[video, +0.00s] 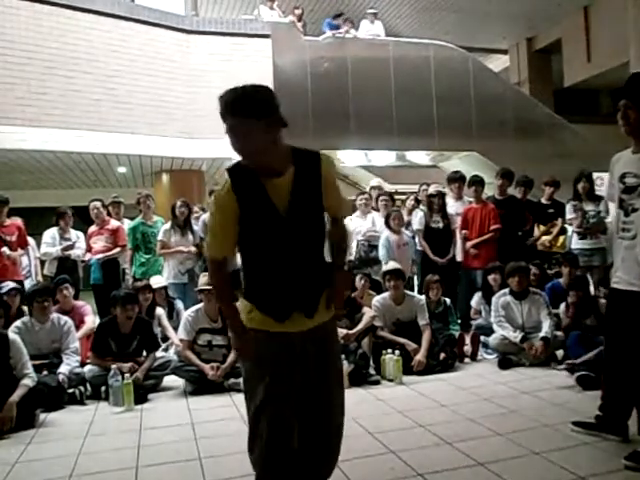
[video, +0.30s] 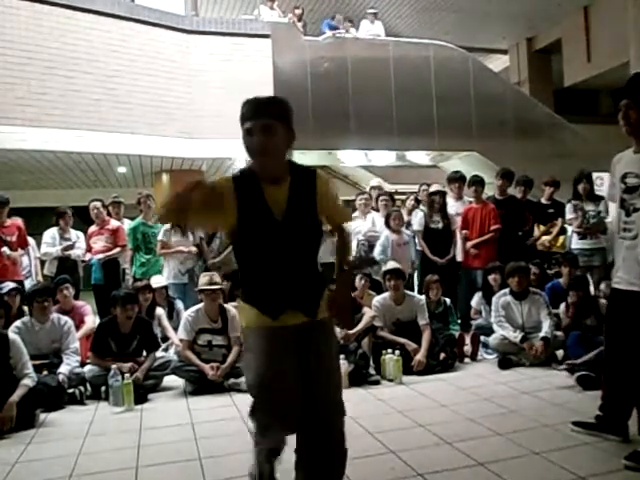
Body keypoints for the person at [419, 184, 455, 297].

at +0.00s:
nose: (437, 201)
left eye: (440, 197)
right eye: (433, 197)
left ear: (443, 200)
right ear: (429, 199)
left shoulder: (448, 217)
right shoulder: (423, 216)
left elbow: (453, 236)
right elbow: (420, 238)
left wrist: (450, 254)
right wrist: (433, 256)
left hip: (447, 259)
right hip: (429, 258)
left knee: (447, 291)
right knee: (428, 290)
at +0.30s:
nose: (438, 199)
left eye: (441, 196)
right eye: (434, 196)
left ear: (444, 199)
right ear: (430, 198)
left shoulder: (448, 217)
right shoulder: (423, 216)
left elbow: (453, 236)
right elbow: (419, 238)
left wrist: (451, 254)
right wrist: (432, 256)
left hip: (447, 259)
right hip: (429, 259)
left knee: (447, 291)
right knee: (428, 291)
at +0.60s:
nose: (435, 201)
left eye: (438, 197)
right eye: (432, 197)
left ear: (442, 200)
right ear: (428, 200)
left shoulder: (448, 217)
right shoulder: (422, 217)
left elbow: (453, 236)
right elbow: (419, 238)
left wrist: (450, 253)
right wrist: (431, 256)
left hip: (446, 260)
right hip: (429, 260)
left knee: (447, 292)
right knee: (428, 291)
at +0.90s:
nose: (432, 204)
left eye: (435, 201)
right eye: (429, 201)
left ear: (439, 202)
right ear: (426, 203)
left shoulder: (446, 217)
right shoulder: (422, 218)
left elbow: (453, 237)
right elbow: (419, 239)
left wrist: (447, 256)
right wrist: (431, 256)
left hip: (446, 260)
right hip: (428, 261)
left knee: (446, 292)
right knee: (427, 291)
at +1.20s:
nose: (433, 201)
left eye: (436, 197)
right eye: (430, 197)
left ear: (440, 200)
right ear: (426, 200)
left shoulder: (448, 217)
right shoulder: (421, 217)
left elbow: (453, 239)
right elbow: (418, 240)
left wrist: (446, 257)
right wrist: (430, 258)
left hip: (445, 261)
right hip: (427, 262)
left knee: (446, 294)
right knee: (426, 294)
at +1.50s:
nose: (435, 200)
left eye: (438, 197)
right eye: (432, 196)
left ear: (443, 200)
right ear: (428, 199)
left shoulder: (449, 218)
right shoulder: (422, 217)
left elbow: (452, 238)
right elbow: (417, 238)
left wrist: (445, 256)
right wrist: (427, 257)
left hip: (444, 261)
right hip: (426, 261)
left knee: (444, 293)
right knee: (425, 293)